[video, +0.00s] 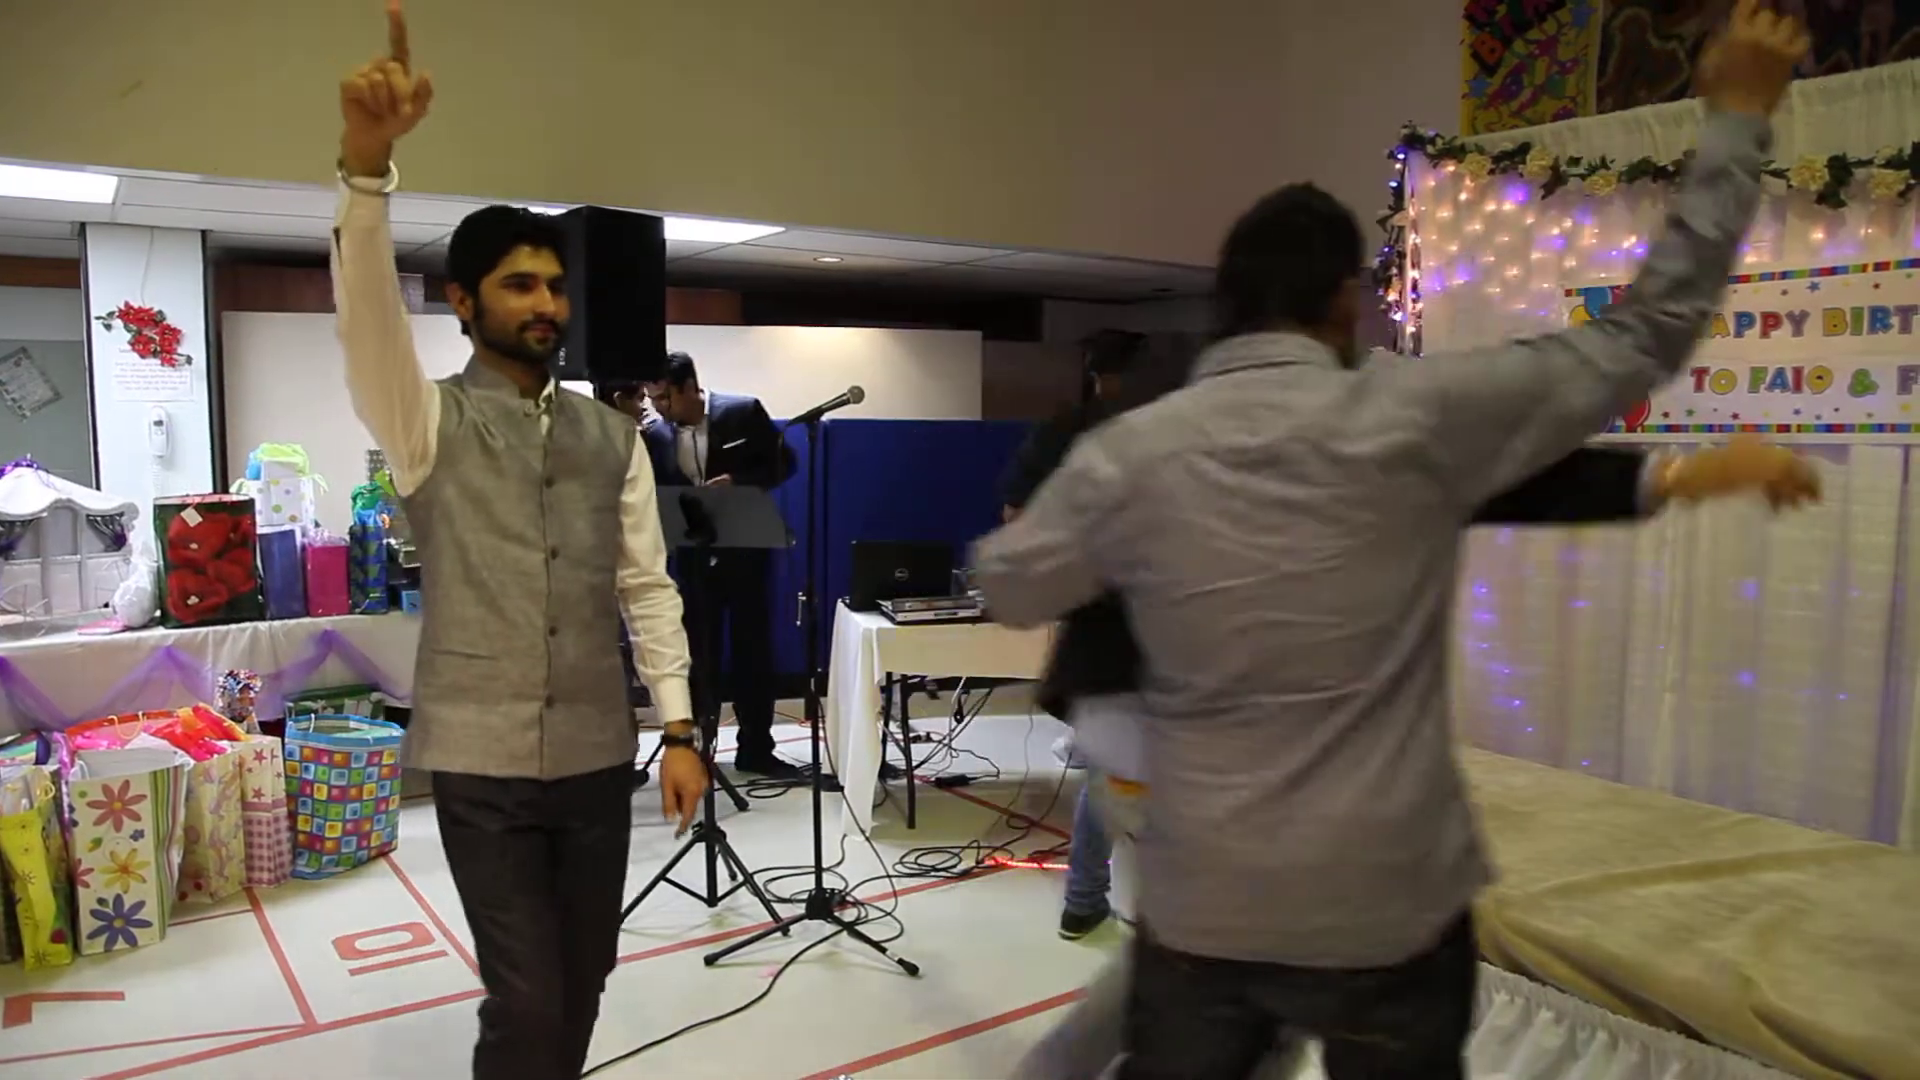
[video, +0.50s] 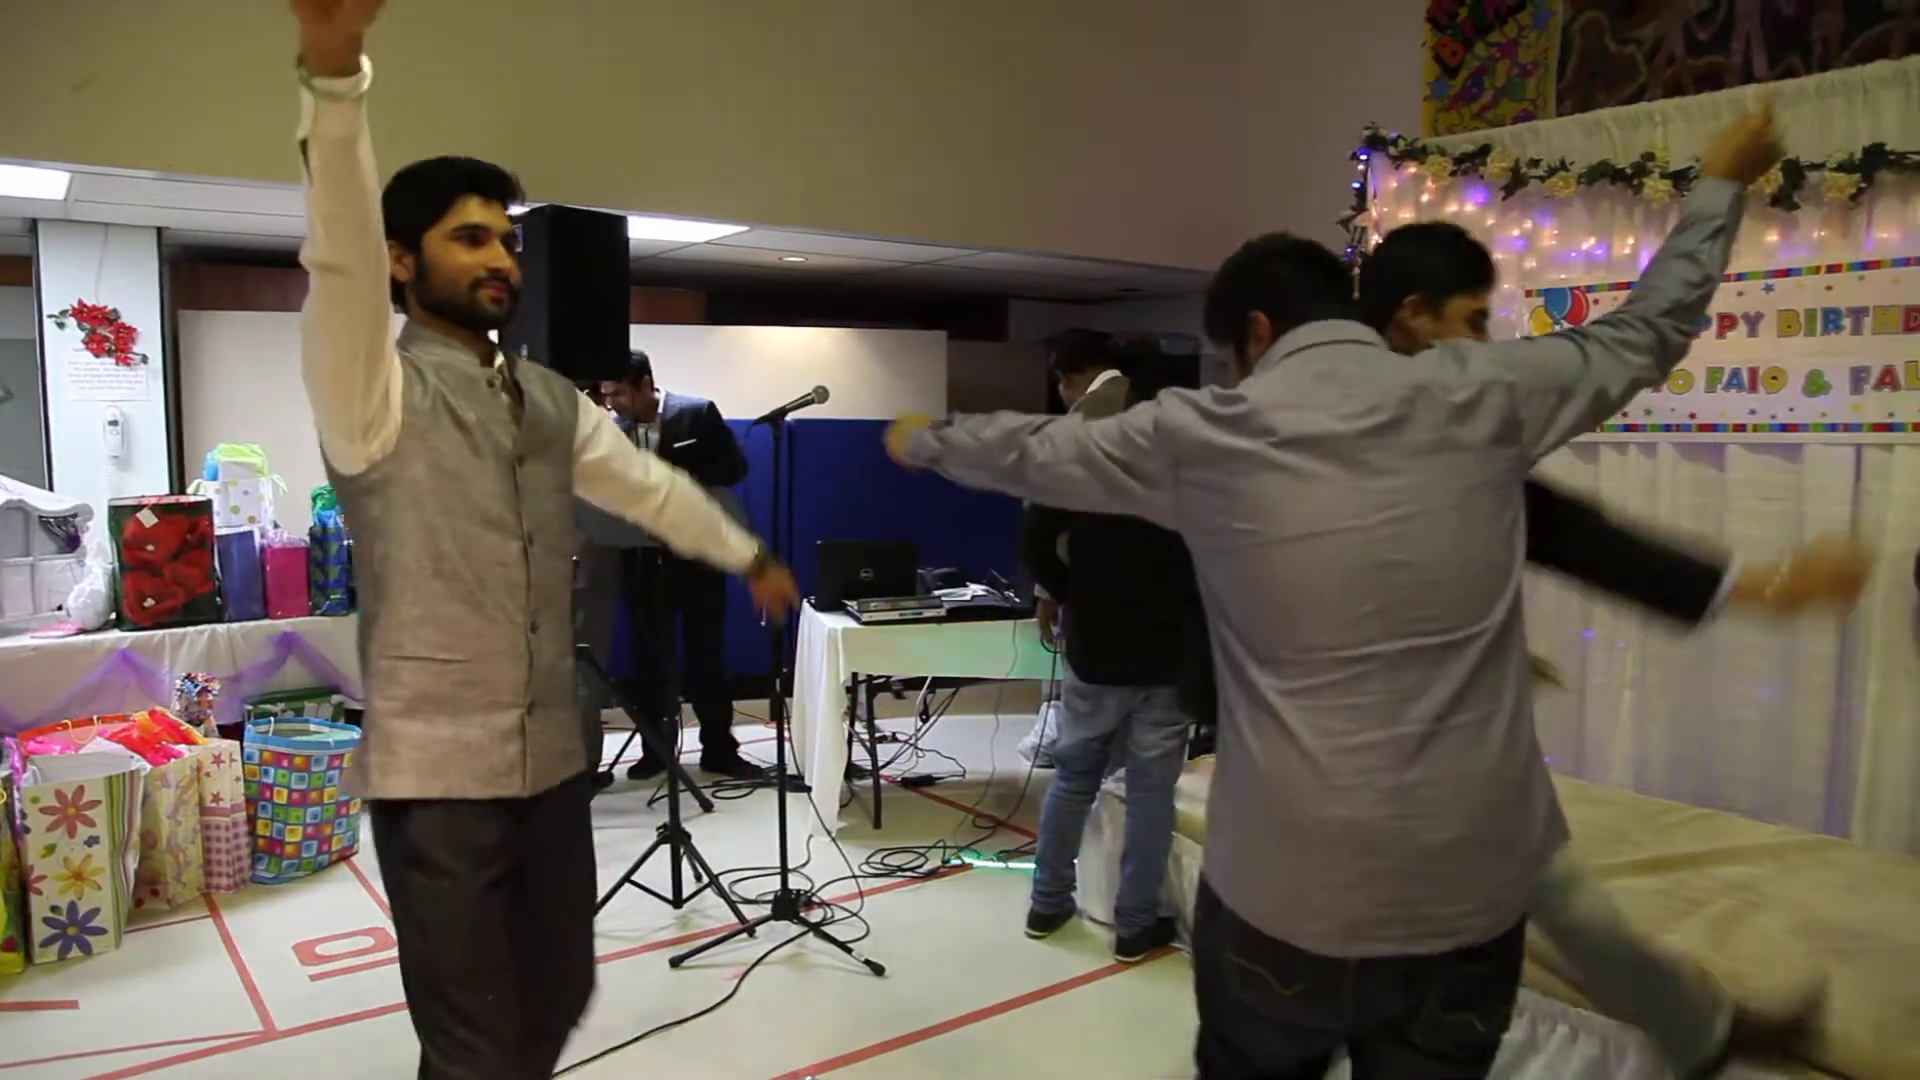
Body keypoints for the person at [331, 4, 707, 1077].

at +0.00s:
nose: (544, 305)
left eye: (555, 288)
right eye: (519, 287)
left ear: (570, 306)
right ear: (463, 305)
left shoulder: (612, 436)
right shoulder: (427, 425)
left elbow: (649, 590)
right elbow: (367, 318)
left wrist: (678, 730)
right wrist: (366, 167)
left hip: (597, 764)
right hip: (480, 766)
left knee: (574, 1004)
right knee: (531, 1011)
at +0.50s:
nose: (501, 256)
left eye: (507, 240)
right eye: (471, 238)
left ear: (515, 261)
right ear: (405, 260)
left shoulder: (546, 395)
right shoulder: (373, 387)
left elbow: (646, 483)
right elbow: (346, 259)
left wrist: (750, 558)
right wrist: (332, 79)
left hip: (554, 759)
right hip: (438, 768)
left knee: (556, 1003)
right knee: (480, 1043)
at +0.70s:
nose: (496, 261)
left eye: (504, 244)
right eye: (465, 239)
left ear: (511, 265)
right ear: (400, 256)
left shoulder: (525, 404)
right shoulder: (367, 406)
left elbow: (627, 420)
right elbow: (363, 256)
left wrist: (742, 416)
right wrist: (381, 64)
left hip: (553, 799)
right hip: (437, 821)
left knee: (618, 1043)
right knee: (506, 1069)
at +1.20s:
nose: (516, 259)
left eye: (511, 235)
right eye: (489, 235)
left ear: (409, 246)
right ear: (399, 243)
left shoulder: (492, 381)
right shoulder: (373, 413)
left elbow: (577, 327)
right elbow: (433, 242)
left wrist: (664, 240)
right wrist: (495, 24)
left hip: (553, 817)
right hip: (461, 844)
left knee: (628, 1058)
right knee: (488, 1074)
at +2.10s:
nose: (616, 262)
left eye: (608, 238)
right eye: (589, 239)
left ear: (582, 252)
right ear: (513, 256)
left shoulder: (587, 384)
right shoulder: (461, 418)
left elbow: (692, 322)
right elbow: (500, 249)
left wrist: (790, 207)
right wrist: (563, 29)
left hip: (635, 820)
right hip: (563, 849)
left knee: (686, 1063)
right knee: (661, 1070)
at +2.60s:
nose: (731, 218)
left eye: (723, 196)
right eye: (698, 201)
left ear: (688, 221)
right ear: (621, 217)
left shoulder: (717, 361)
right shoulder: (581, 396)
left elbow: (837, 297)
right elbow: (664, 197)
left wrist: (954, 187)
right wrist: (737, 1)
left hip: (739, 827)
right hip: (668, 850)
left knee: (709, 1065)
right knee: (757, 1069)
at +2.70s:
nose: (756, 222)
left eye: (747, 196)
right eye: (725, 200)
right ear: (645, 213)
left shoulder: (735, 365)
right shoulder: (602, 394)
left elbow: (868, 343)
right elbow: (704, 204)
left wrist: (1012, 241)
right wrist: (778, 7)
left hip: (760, 833)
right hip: (689, 858)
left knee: (773, 1055)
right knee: (752, 1066)